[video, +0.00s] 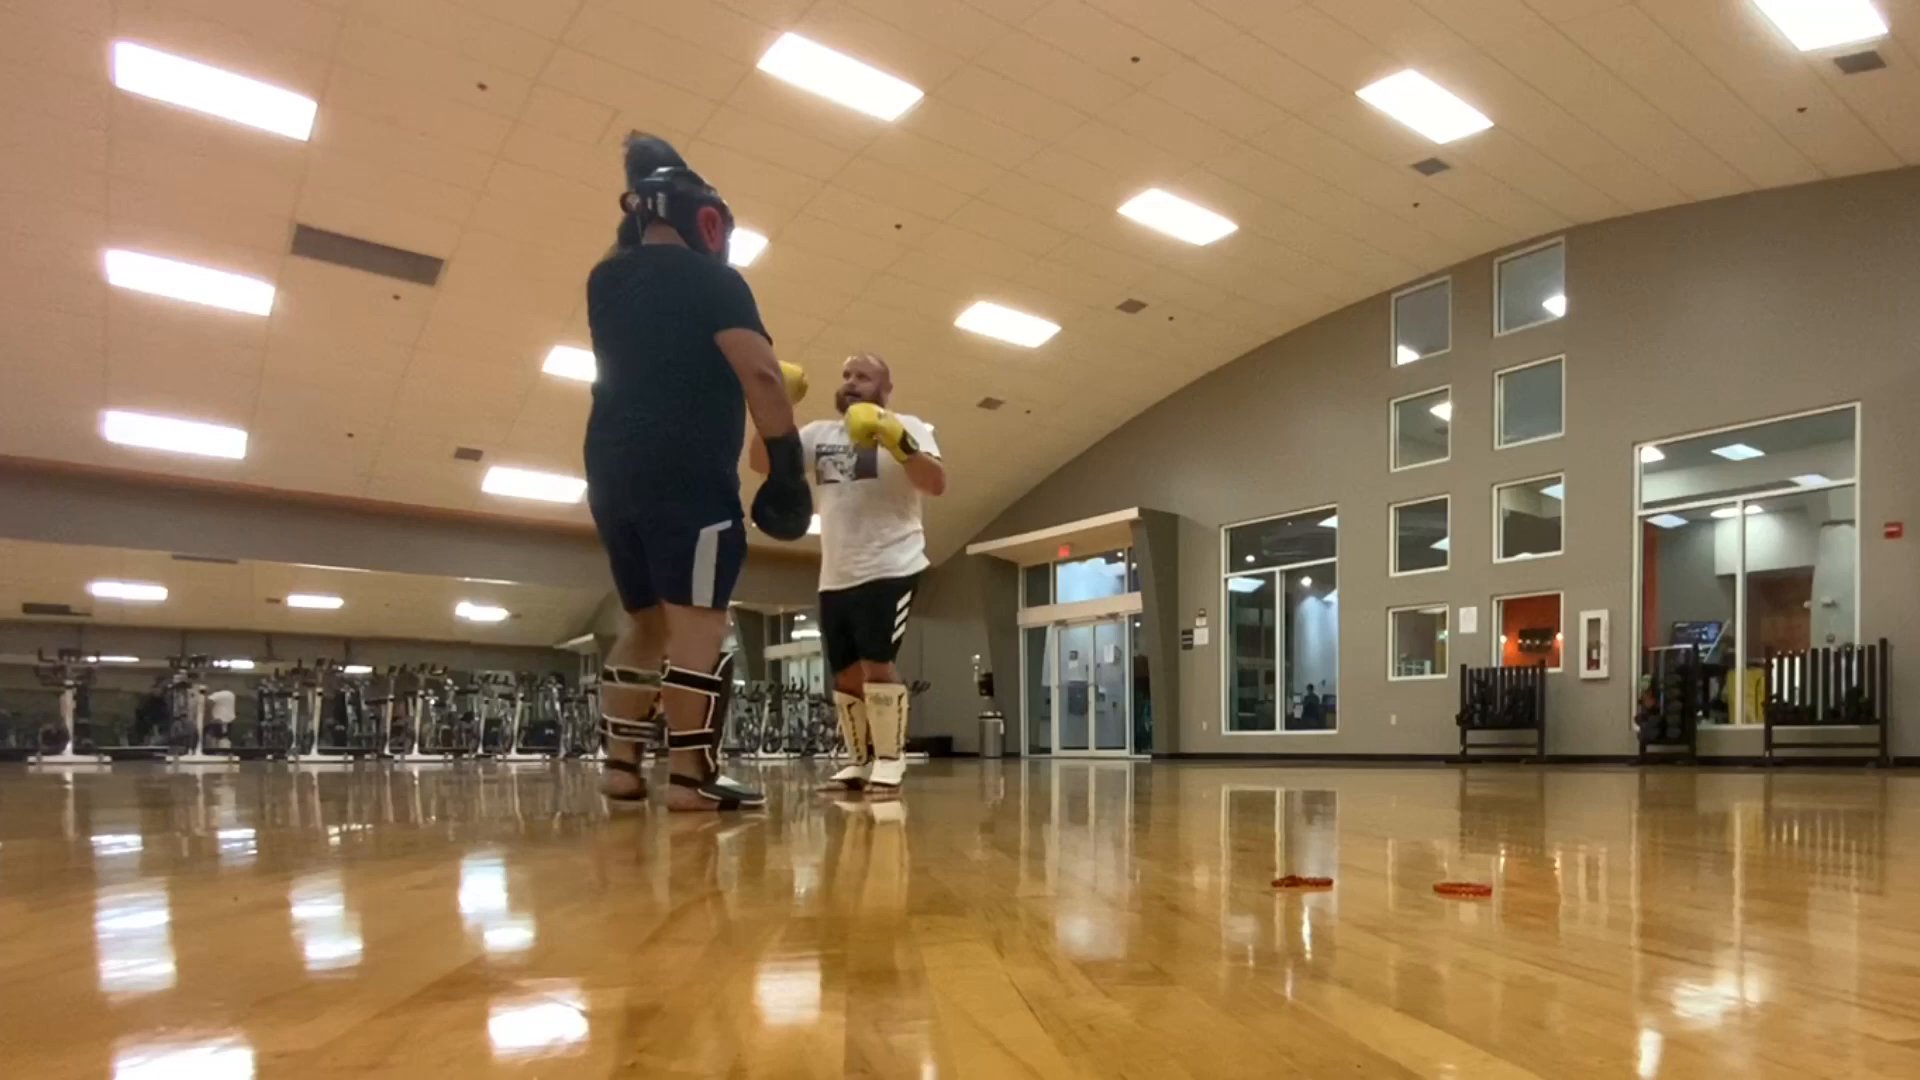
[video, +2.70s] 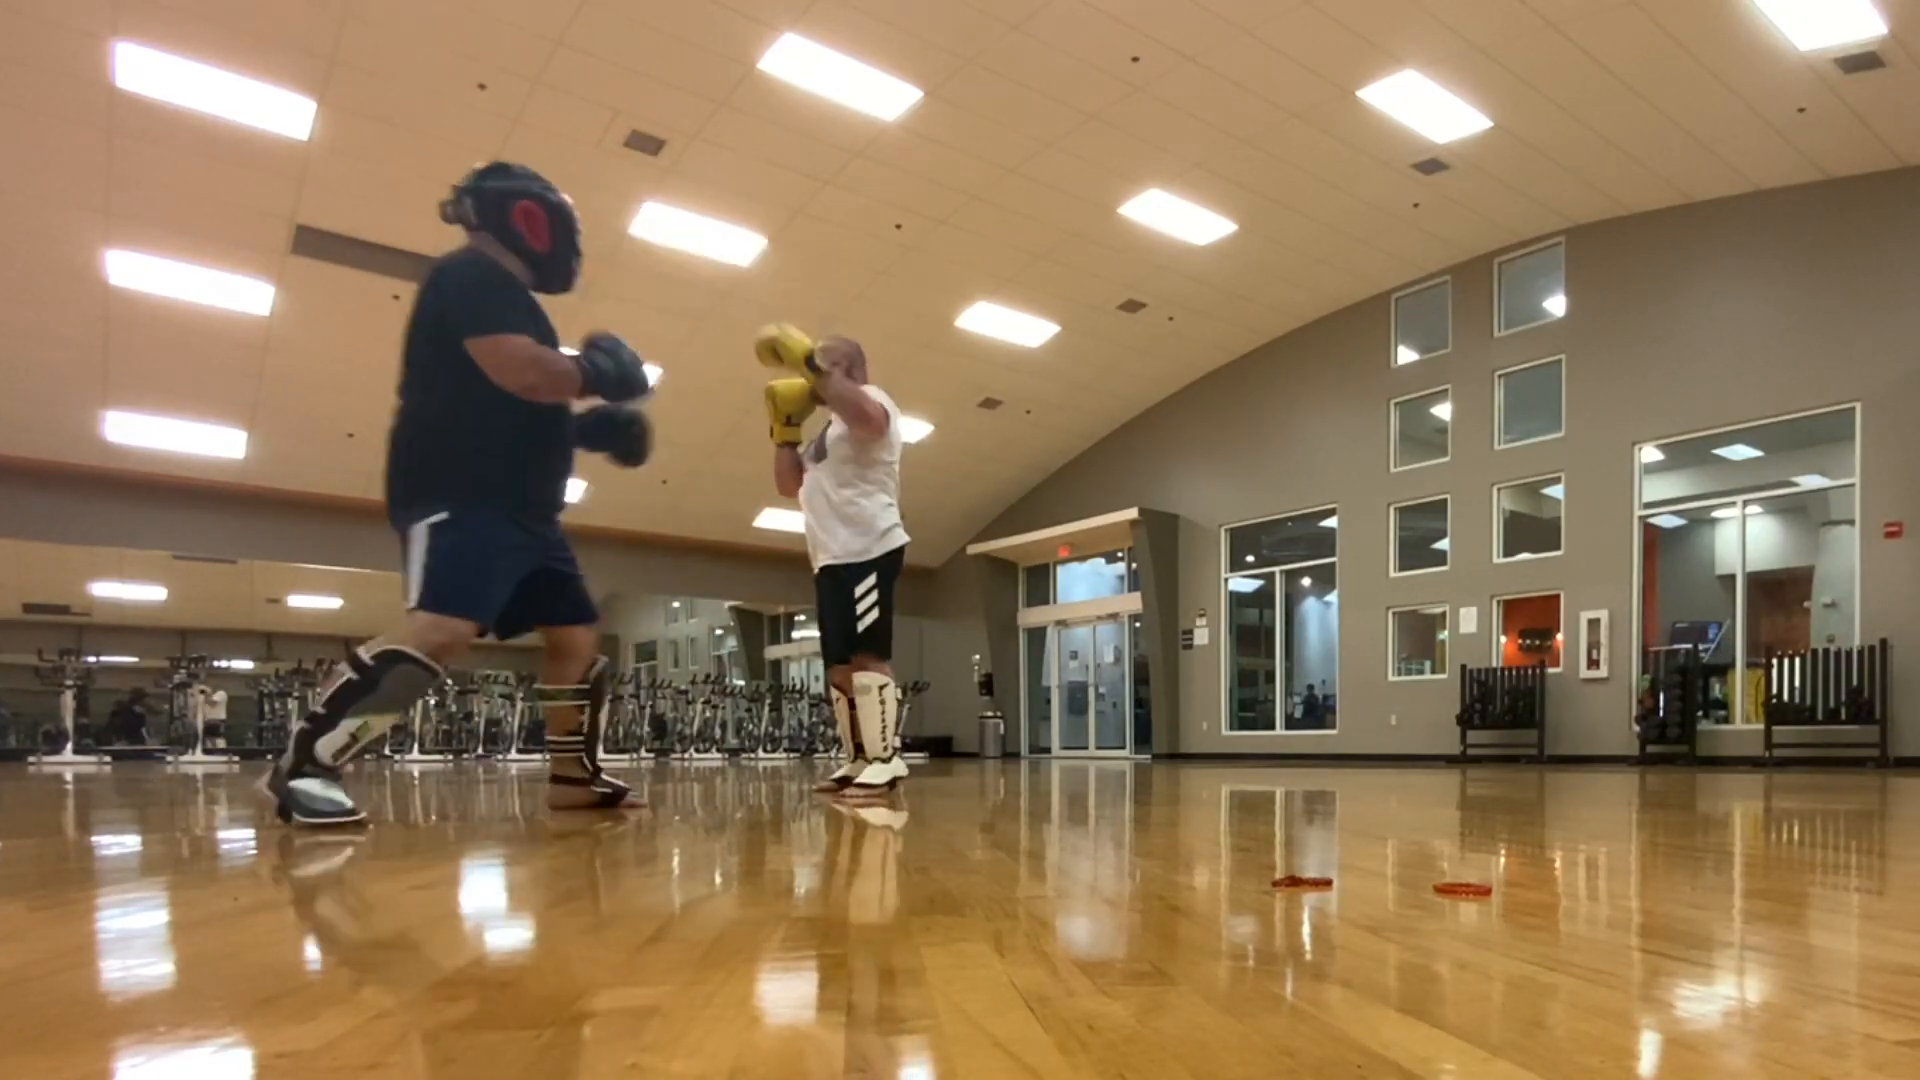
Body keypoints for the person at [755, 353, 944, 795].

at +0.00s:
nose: (851, 381)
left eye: (863, 376)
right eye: (846, 375)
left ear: (886, 389)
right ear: (836, 387)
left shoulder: (909, 428)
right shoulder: (818, 433)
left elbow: (935, 484)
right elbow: (760, 462)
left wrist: (897, 442)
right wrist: (775, 407)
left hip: (891, 564)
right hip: (837, 570)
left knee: (875, 659)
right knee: (846, 668)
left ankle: (888, 762)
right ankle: (858, 760)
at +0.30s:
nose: (865, 386)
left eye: (876, 379)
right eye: (858, 379)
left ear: (894, 389)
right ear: (848, 387)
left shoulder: (914, 432)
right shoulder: (827, 418)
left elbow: (925, 482)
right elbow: (781, 385)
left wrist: (899, 427)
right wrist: (786, 337)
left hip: (881, 570)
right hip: (828, 568)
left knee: (871, 671)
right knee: (839, 675)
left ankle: (890, 767)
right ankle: (861, 762)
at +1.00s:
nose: (856, 386)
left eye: (866, 377)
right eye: (850, 378)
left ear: (886, 385)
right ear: (842, 388)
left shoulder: (901, 425)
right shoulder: (833, 437)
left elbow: (930, 448)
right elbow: (784, 469)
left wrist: (893, 396)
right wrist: (805, 416)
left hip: (893, 559)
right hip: (848, 565)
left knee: (876, 662)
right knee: (858, 669)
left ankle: (891, 767)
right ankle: (879, 764)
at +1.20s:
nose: (854, 380)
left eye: (864, 375)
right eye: (849, 374)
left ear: (881, 385)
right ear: (841, 387)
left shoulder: (898, 426)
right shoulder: (834, 443)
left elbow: (897, 382)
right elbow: (791, 476)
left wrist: (856, 337)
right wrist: (806, 421)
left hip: (889, 551)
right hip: (847, 559)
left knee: (860, 642)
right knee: (862, 652)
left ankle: (882, 753)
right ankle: (881, 753)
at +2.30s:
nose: (820, 370)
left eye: (830, 362)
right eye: (819, 363)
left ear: (854, 367)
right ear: (824, 375)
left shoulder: (865, 410)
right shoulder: (825, 432)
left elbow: (837, 350)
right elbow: (790, 478)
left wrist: (791, 285)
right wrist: (794, 422)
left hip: (867, 545)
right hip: (837, 552)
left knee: (852, 654)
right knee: (856, 656)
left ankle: (880, 757)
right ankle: (882, 757)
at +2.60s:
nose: (821, 365)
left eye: (831, 357)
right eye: (818, 357)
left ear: (856, 361)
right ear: (820, 369)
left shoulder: (868, 399)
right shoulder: (823, 423)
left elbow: (834, 358)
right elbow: (792, 479)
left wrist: (788, 308)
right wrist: (789, 424)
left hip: (870, 540)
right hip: (836, 548)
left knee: (867, 653)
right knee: (838, 660)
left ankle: (884, 759)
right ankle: (859, 755)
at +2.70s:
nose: (822, 377)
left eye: (832, 368)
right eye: (818, 369)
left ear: (858, 370)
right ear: (819, 378)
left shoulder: (873, 402)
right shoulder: (824, 434)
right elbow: (789, 484)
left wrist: (812, 372)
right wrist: (785, 428)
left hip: (868, 548)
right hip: (832, 555)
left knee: (867, 656)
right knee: (838, 664)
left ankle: (884, 761)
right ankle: (855, 760)